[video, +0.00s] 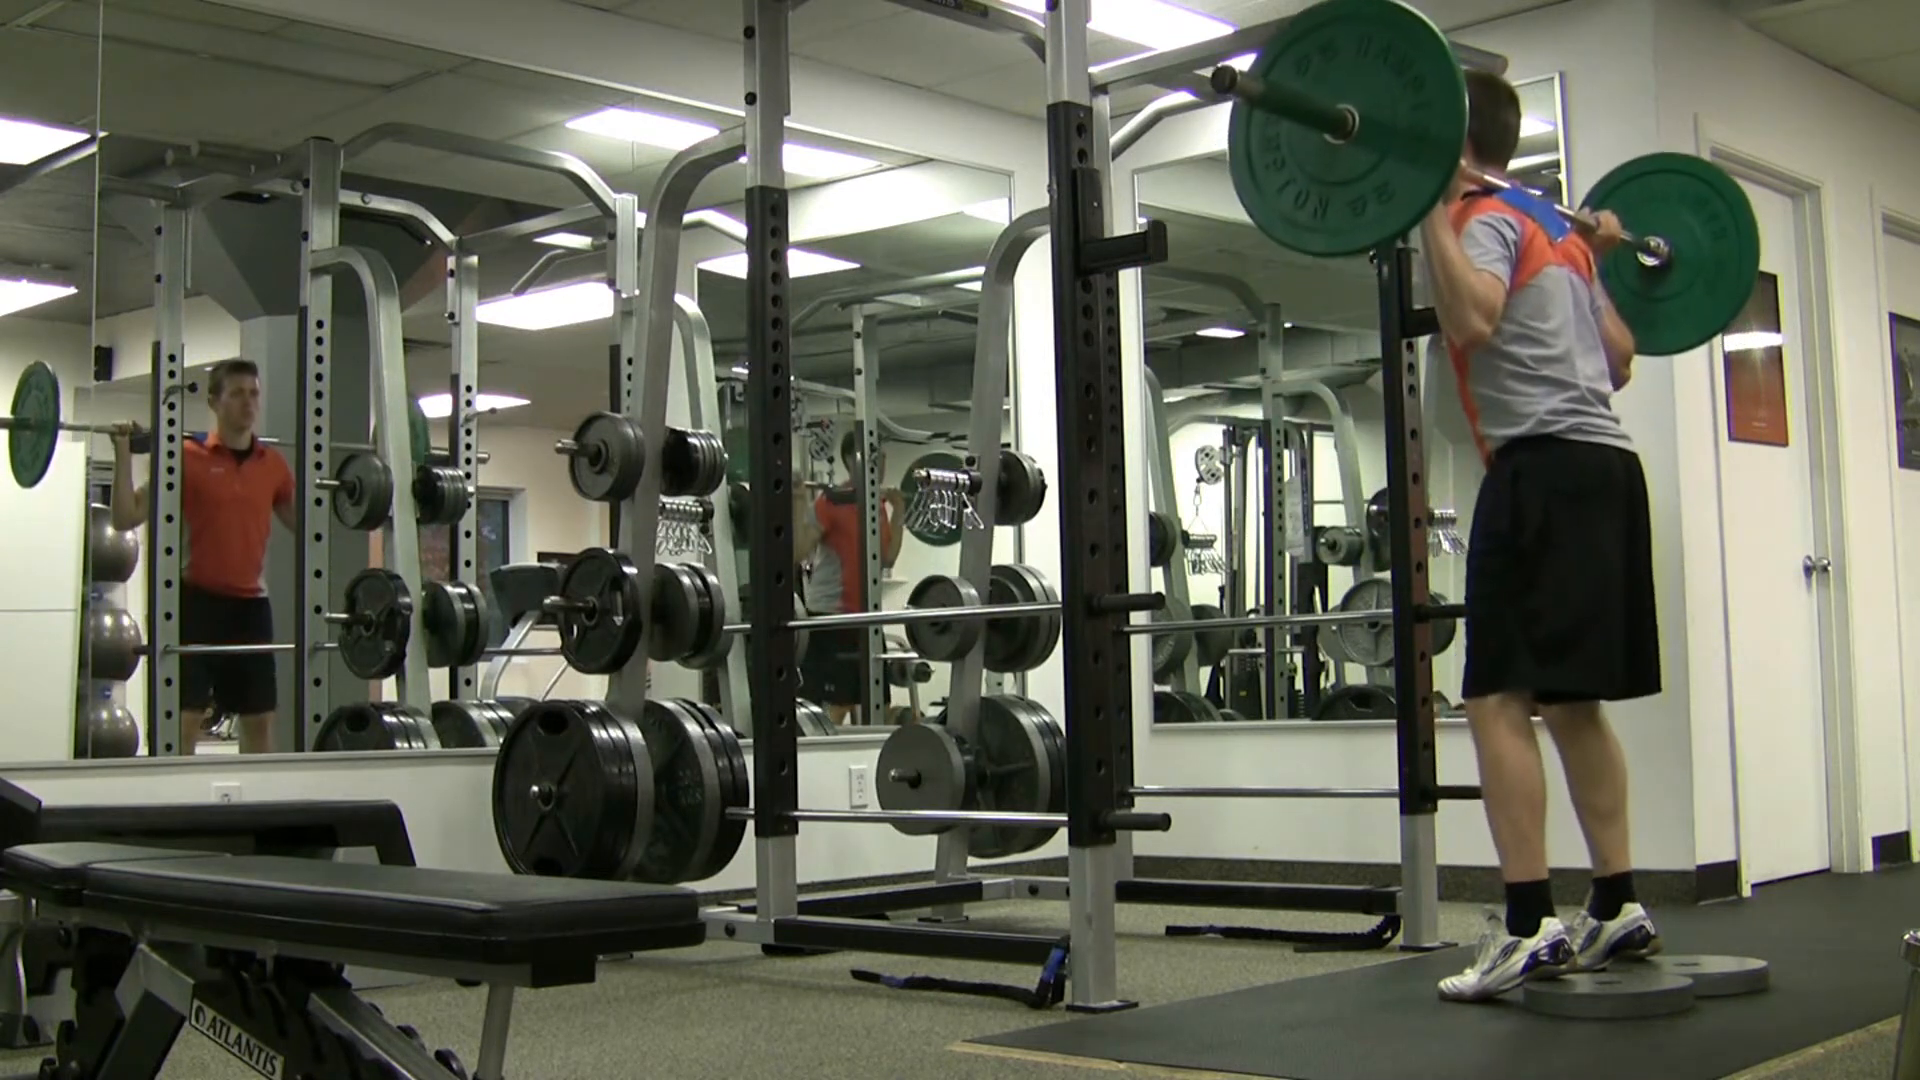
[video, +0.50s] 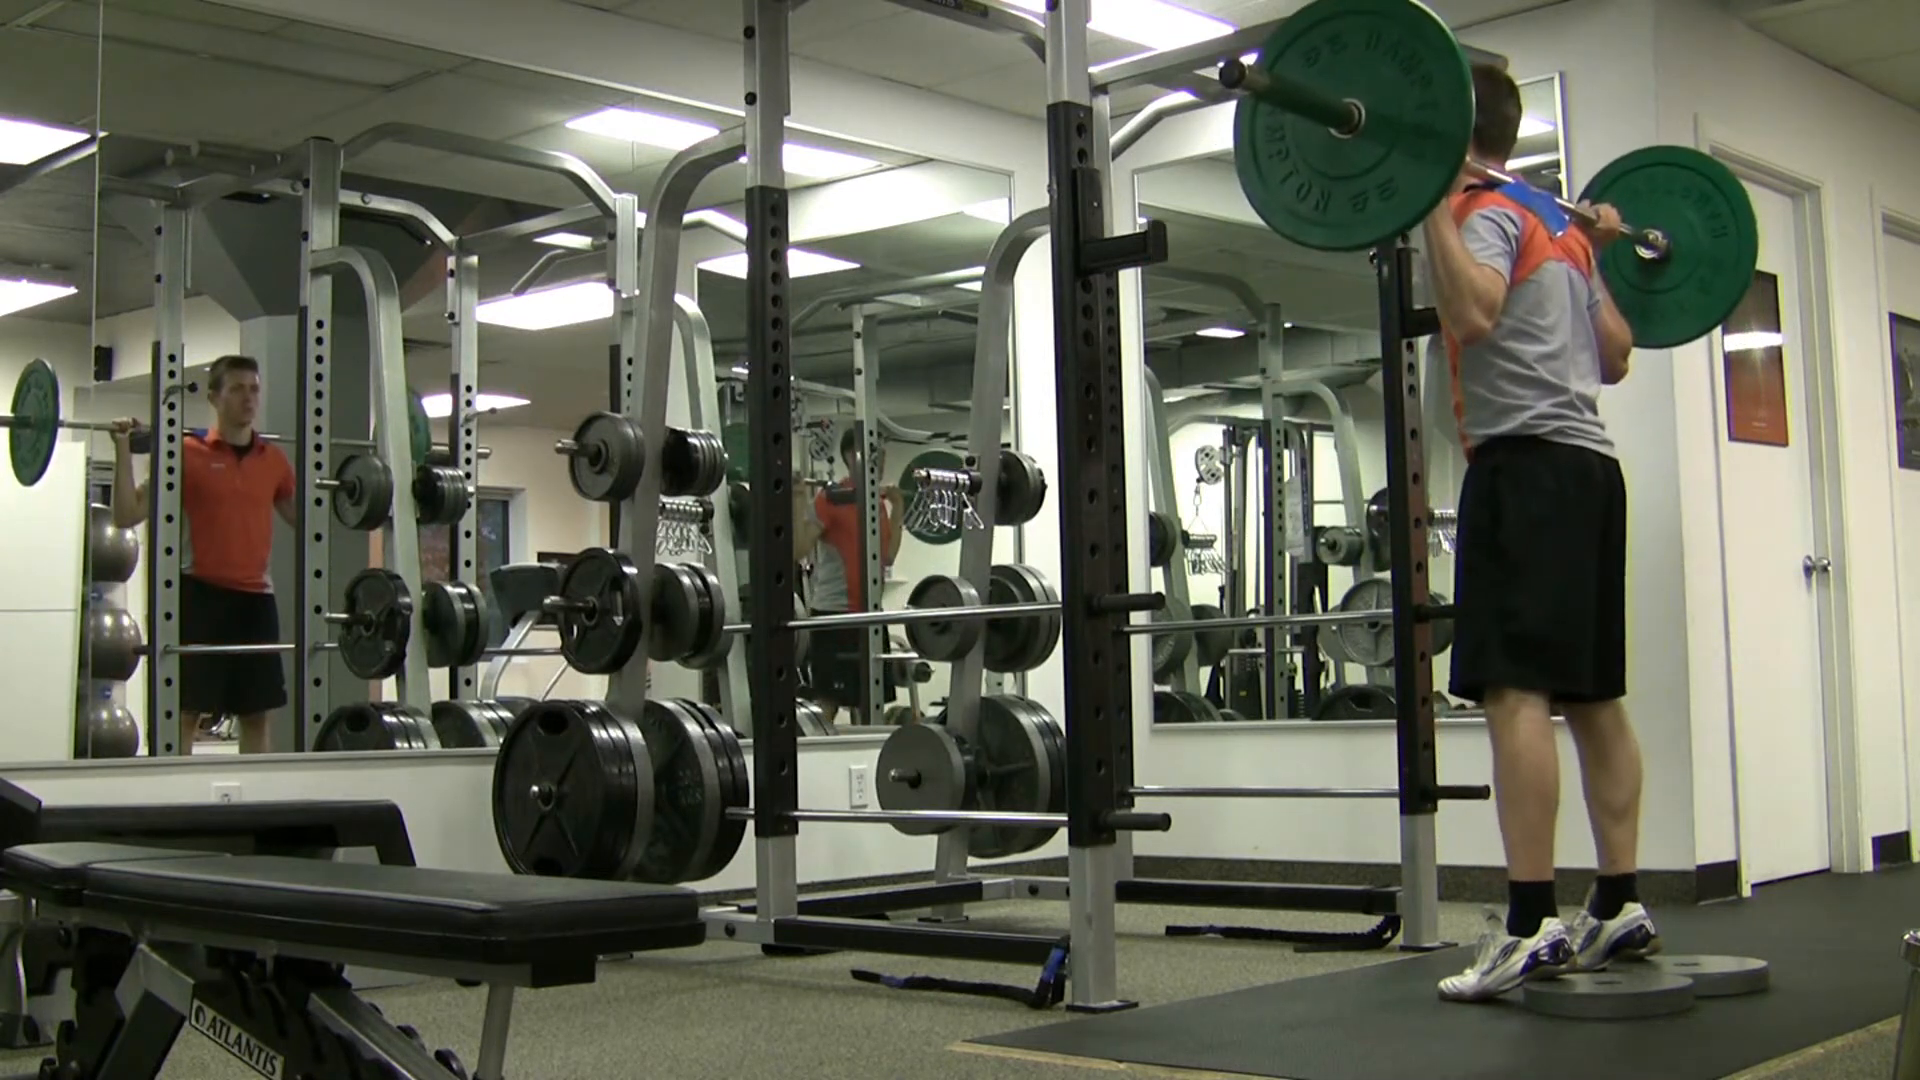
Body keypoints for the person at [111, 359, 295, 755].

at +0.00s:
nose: (249, 402)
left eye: (254, 394)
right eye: (238, 394)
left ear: (261, 401)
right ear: (214, 402)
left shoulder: (272, 462)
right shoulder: (187, 456)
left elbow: (308, 528)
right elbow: (126, 517)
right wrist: (123, 452)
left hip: (250, 605)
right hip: (195, 602)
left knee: (259, 722)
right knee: (187, 721)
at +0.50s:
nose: (249, 398)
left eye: (254, 390)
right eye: (238, 390)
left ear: (261, 397)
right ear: (214, 397)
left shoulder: (273, 458)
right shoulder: (188, 452)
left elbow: (309, 524)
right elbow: (127, 515)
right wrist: (123, 450)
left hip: (255, 601)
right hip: (200, 598)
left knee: (257, 718)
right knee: (186, 718)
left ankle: (259, 809)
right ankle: (174, 809)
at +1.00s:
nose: (246, 419)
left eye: (251, 411)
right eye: (236, 411)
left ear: (258, 418)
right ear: (212, 418)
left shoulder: (272, 480)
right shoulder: (185, 473)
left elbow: (308, 543)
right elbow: (124, 534)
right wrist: (121, 469)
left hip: (250, 618)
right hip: (195, 616)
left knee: (267, 731)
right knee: (190, 730)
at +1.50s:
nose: (247, 479)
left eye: (252, 470)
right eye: (236, 470)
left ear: (258, 476)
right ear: (213, 477)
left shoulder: (271, 535)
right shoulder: (184, 530)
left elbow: (306, 600)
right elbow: (122, 593)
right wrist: (121, 527)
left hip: (242, 657)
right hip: (190, 656)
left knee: (282, 733)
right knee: (200, 728)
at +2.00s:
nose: (249, 534)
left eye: (255, 525)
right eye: (238, 526)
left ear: (261, 529)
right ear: (214, 532)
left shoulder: (275, 589)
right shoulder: (185, 583)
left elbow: (306, 645)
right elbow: (126, 643)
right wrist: (123, 580)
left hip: (239, 695)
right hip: (186, 693)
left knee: (289, 739)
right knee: (206, 733)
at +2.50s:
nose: (253, 568)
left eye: (258, 559)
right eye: (241, 559)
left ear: (264, 564)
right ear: (217, 566)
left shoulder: (275, 620)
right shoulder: (188, 616)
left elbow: (303, 679)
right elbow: (123, 677)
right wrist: (126, 613)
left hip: (244, 718)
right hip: (191, 715)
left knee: (293, 742)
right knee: (207, 736)